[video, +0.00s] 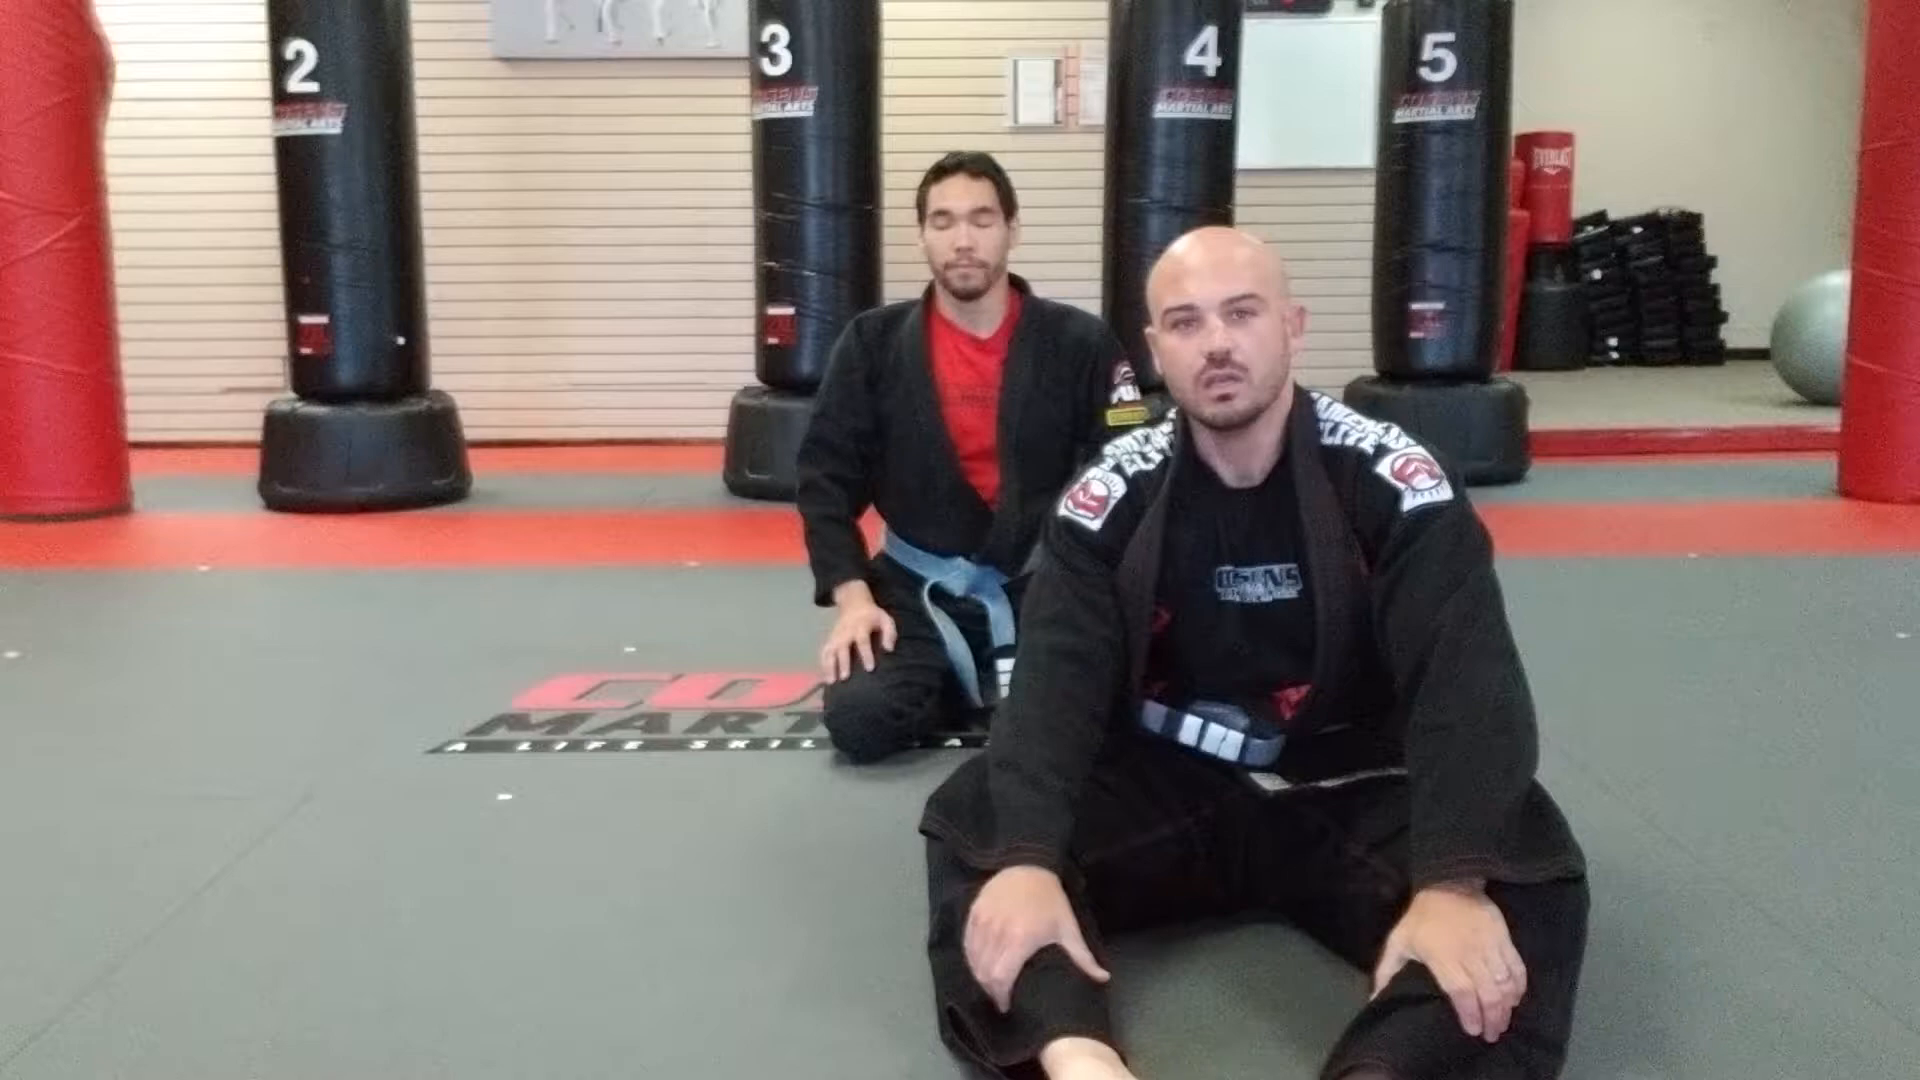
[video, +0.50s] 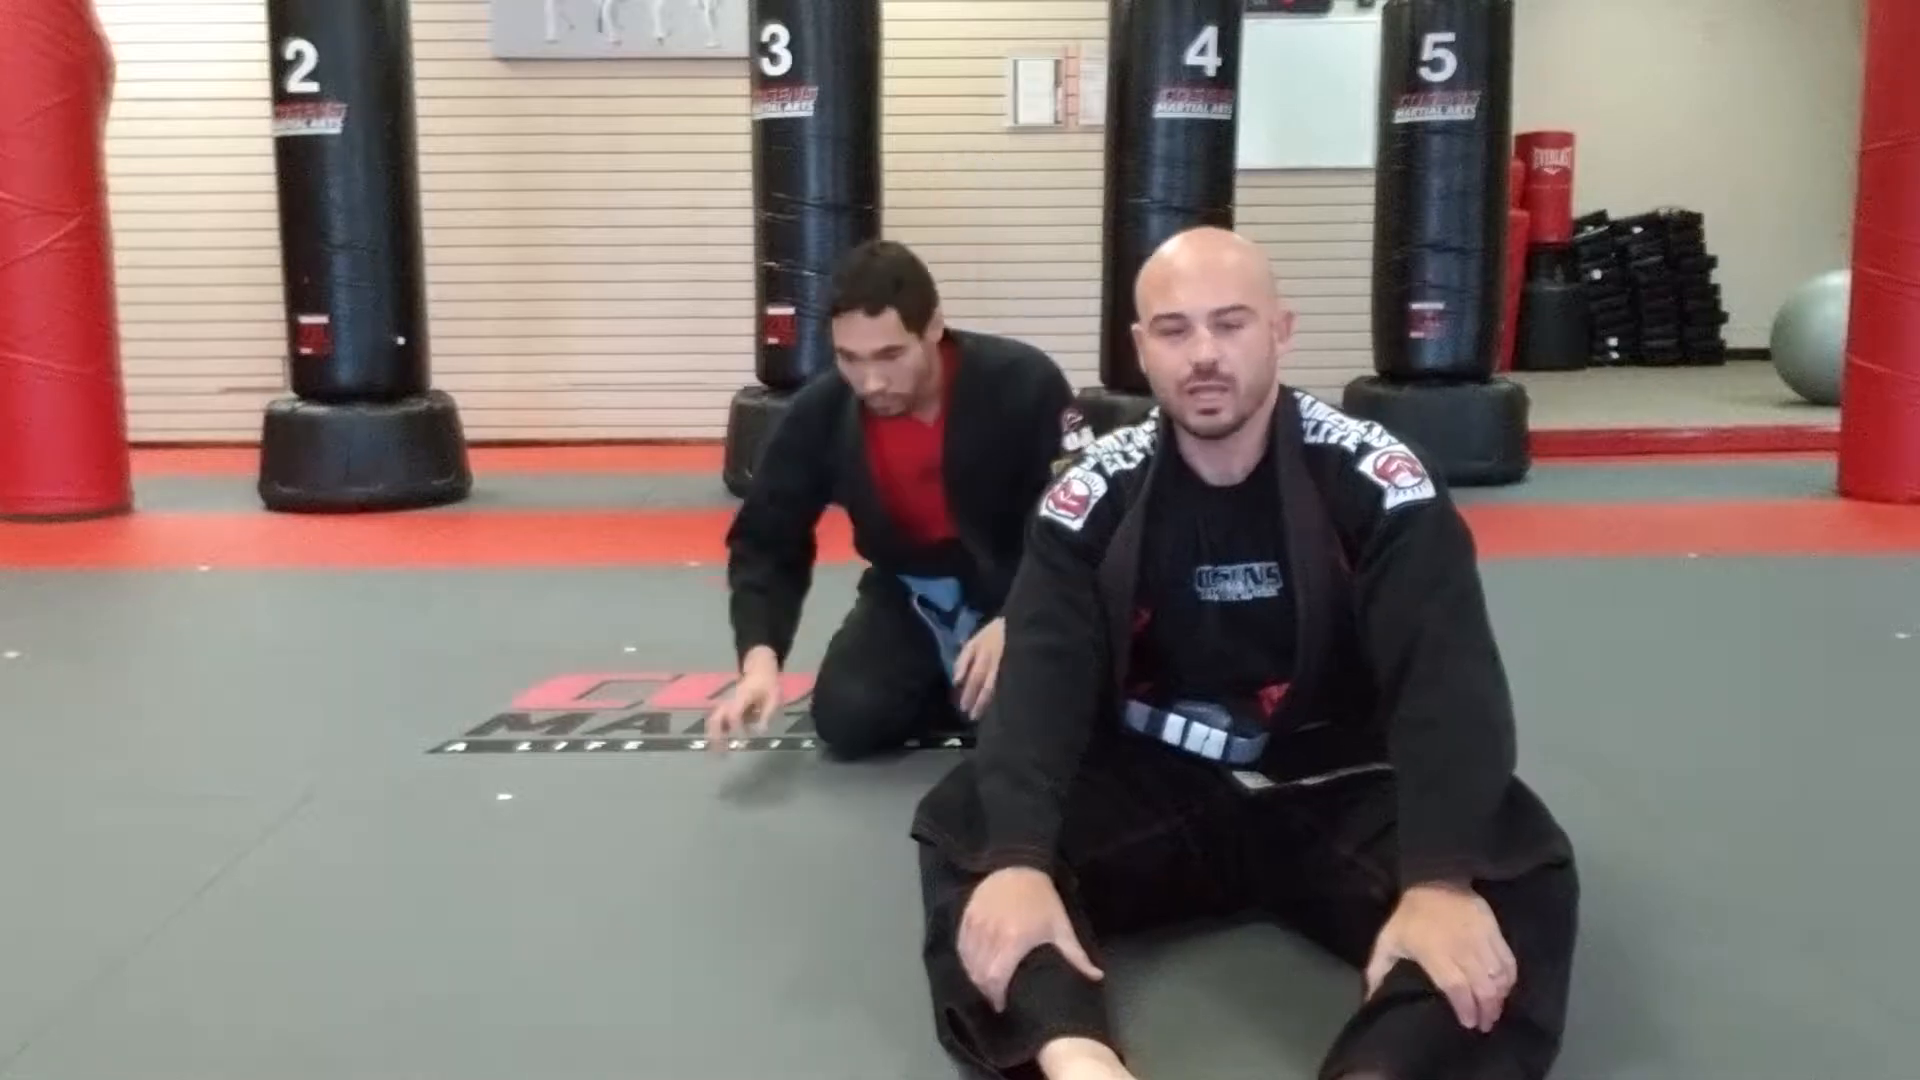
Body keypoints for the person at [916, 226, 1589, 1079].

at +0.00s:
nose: (1216, 345)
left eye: (1241, 315)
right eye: (1186, 323)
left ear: (1294, 326)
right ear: (1154, 348)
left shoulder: (1387, 472)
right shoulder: (1111, 494)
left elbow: (1467, 680)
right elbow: (1054, 680)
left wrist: (1453, 882)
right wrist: (1027, 858)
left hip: (1352, 804)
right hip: (1161, 799)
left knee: (1528, 867)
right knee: (974, 812)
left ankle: (1384, 1065)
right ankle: (1082, 1062)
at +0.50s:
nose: (1204, 356)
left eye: (1230, 325)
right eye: (1174, 331)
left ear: (1281, 331)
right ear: (1140, 346)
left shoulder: (1370, 472)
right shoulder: (1093, 488)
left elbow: (1447, 677)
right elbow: (1040, 680)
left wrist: (1440, 881)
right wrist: (1015, 859)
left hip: (1341, 802)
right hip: (1151, 796)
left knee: (1519, 865)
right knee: (966, 818)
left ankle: (1380, 1065)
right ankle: (1080, 1062)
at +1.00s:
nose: (1337, 372)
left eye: (1373, 345)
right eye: (1312, 337)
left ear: (1417, 356)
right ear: (1267, 339)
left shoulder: (1473, 511)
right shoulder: (1177, 480)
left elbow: (1515, 723)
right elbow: (1084, 672)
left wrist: (1525, 917)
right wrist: (1036, 860)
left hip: (1371, 816)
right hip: (1176, 797)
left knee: (1553, 897)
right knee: (988, 822)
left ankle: (1406, 1058)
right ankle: (1085, 1058)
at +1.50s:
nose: (1318, 360)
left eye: (1346, 333)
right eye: (1287, 330)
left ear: (1375, 347)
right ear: (1232, 340)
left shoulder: (1438, 496)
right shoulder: (1150, 487)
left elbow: (1497, 701)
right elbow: (1063, 678)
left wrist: (1503, 897)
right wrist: (1007, 856)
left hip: (1363, 804)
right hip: (1171, 790)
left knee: (1541, 890)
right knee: (983, 820)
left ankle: (1383, 1061)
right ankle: (1083, 1058)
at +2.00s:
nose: (1175, 363)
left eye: (1196, 331)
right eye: (1139, 343)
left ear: (1239, 335)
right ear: (1105, 367)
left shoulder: (1350, 479)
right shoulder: (1073, 510)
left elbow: (1441, 673)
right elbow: (1022, 697)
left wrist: (1466, 878)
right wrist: (984, 866)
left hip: (1335, 795)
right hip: (1146, 793)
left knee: (1514, 855)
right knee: (958, 831)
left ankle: (1374, 1060)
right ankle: (1076, 1057)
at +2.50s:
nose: (1188, 349)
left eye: (1214, 320)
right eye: (1156, 328)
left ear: (1260, 334)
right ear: (1121, 352)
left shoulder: (1359, 471)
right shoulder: (1089, 497)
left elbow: (1443, 673)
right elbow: (1032, 688)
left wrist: (1449, 871)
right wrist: (989, 860)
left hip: (1337, 797)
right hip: (1149, 793)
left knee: (1511, 848)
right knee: (965, 825)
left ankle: (1371, 1063)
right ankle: (1082, 1062)